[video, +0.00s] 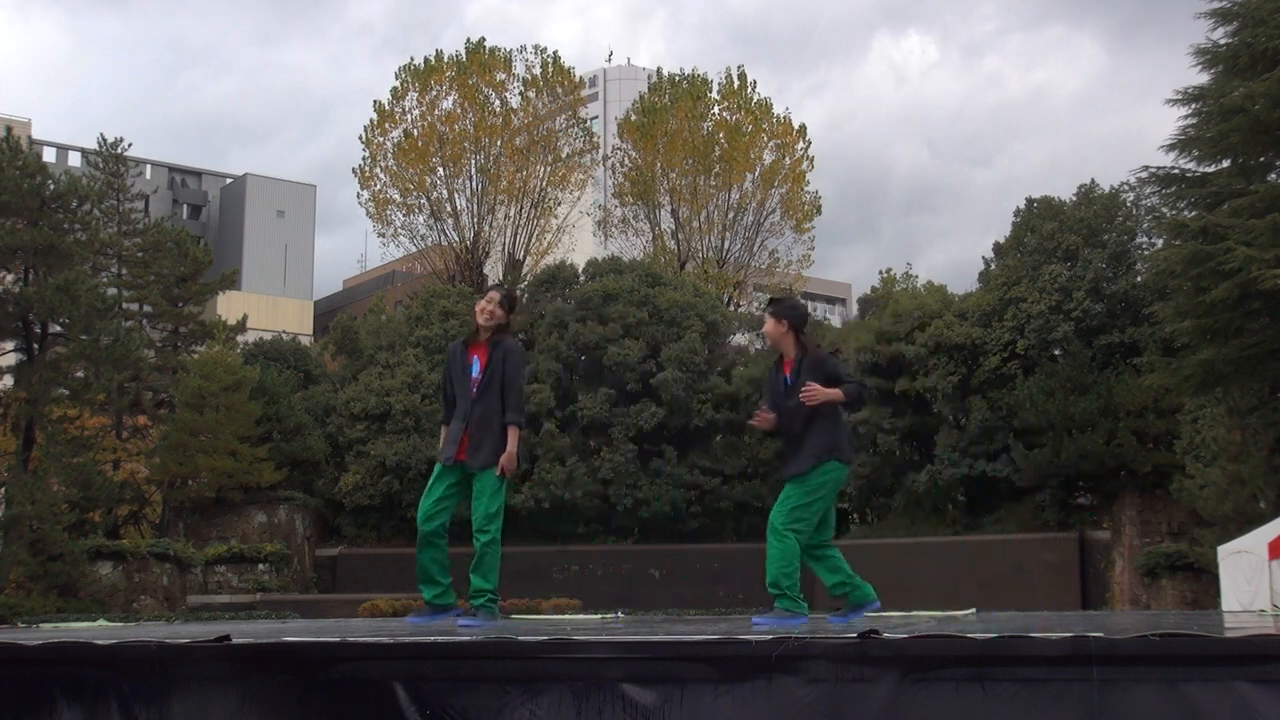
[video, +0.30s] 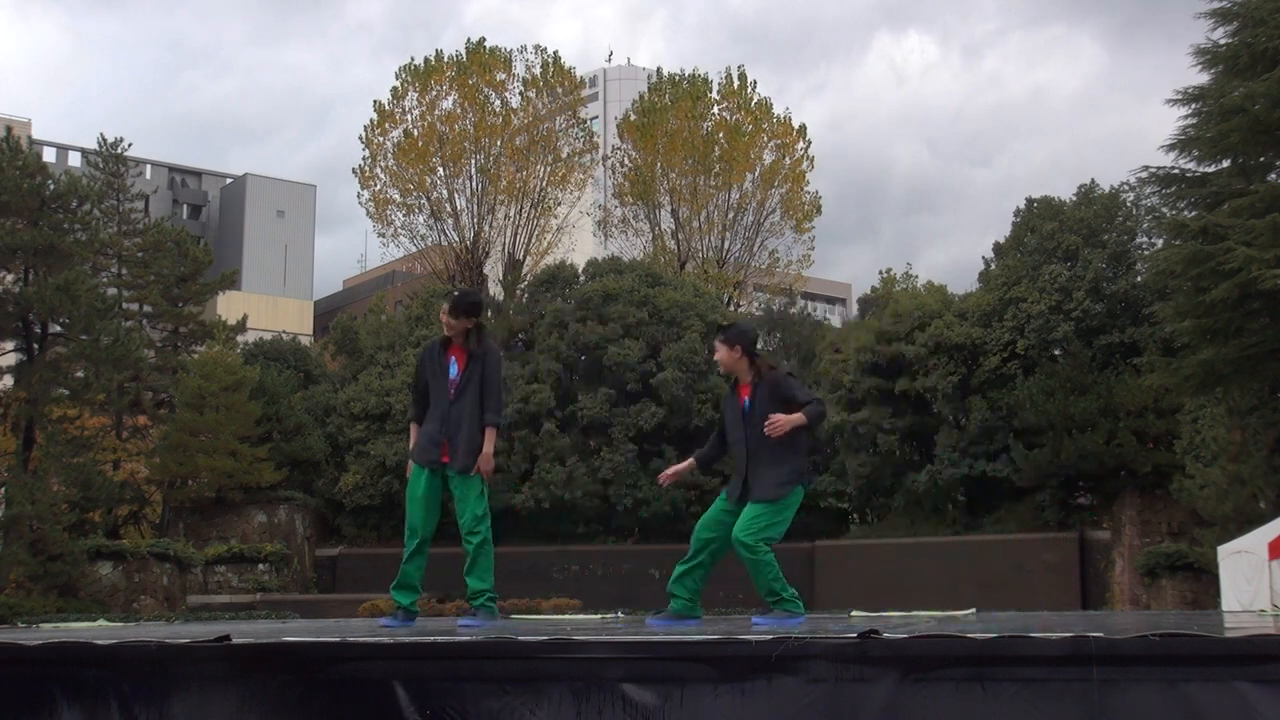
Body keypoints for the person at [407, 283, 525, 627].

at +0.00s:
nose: (487, 308)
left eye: (495, 306)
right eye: (485, 301)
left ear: (505, 317)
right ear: (476, 305)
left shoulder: (510, 350)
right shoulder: (457, 350)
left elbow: (514, 400)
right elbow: (449, 401)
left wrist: (512, 447)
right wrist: (445, 441)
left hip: (491, 452)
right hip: (455, 449)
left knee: (484, 529)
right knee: (428, 519)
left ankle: (485, 606)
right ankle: (439, 602)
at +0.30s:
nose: (445, 320)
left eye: (452, 318)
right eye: (445, 314)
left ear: (471, 322)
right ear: (443, 313)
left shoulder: (487, 354)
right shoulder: (430, 352)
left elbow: (492, 405)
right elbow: (419, 404)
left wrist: (488, 450)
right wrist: (413, 452)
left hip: (467, 456)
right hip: (428, 453)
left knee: (475, 532)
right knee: (416, 531)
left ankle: (483, 606)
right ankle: (405, 607)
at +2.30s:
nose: (445, 319)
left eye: (452, 312)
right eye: (439, 312)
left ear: (465, 305)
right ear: (430, 307)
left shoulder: (484, 339)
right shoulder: (421, 343)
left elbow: (498, 394)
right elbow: (412, 400)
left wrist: (496, 441)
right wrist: (409, 447)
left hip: (474, 447)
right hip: (428, 448)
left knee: (484, 526)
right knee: (423, 528)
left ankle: (493, 606)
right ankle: (414, 607)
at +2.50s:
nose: (452, 317)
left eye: (459, 311)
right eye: (446, 311)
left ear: (472, 305)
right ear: (437, 307)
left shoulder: (492, 340)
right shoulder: (427, 342)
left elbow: (501, 393)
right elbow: (420, 399)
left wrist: (501, 441)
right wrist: (416, 448)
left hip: (480, 448)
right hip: (435, 449)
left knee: (488, 526)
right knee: (426, 527)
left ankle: (494, 606)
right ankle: (415, 607)